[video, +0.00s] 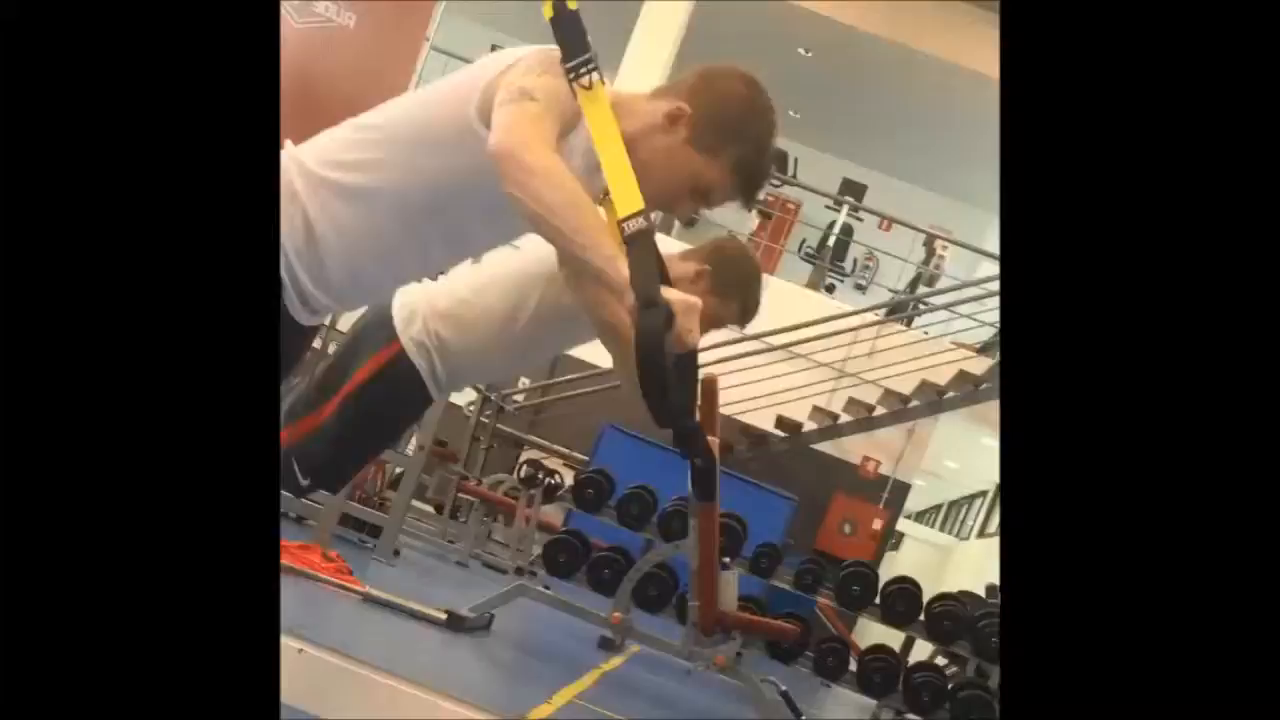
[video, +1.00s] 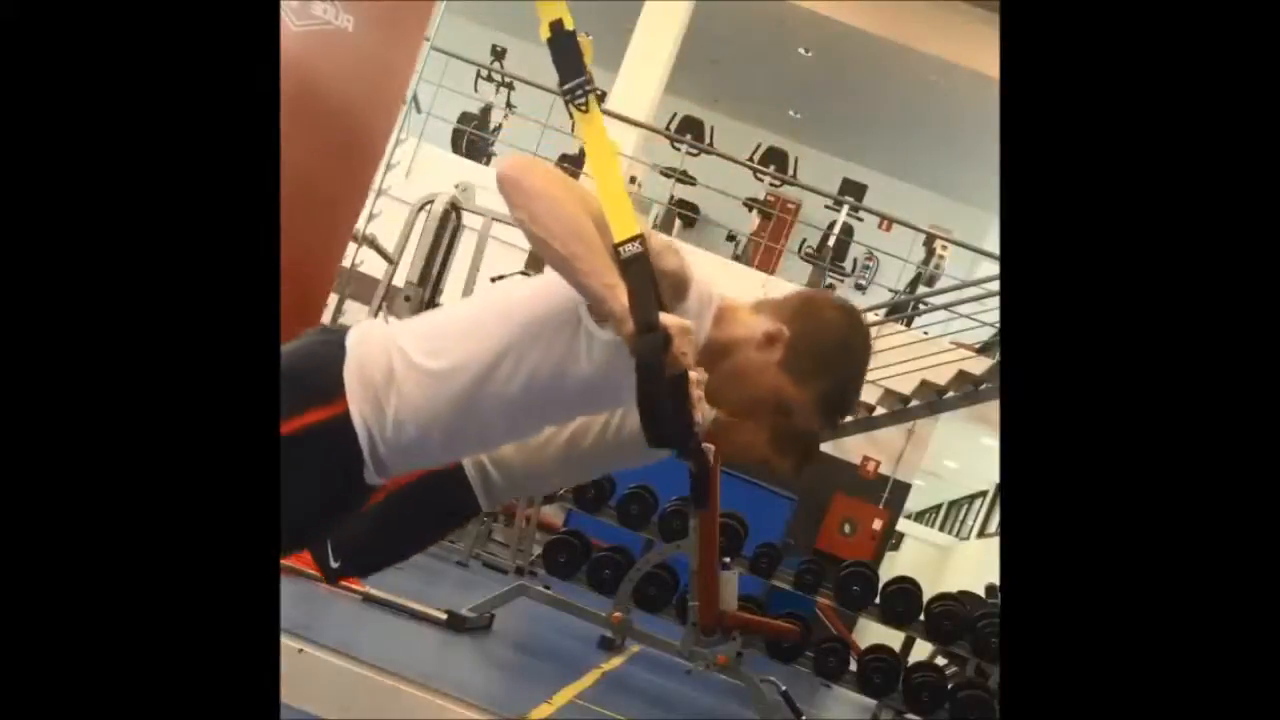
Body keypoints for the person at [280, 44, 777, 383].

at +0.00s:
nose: (685, 213)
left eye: (701, 205)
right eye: (698, 195)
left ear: (674, 117)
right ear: (677, 121)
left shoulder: (590, 179)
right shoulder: (555, 77)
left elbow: (598, 293)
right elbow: (518, 155)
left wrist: (655, 377)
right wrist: (635, 292)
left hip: (307, 305)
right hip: (280, 236)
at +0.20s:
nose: (694, 233)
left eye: (713, 225)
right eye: (708, 212)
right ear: (692, 141)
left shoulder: (599, 192)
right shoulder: (580, 95)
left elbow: (633, 289)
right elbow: (497, 157)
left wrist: (657, 389)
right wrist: (601, 300)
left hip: (320, 333)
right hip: (286, 265)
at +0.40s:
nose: (706, 255)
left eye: (726, 248)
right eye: (723, 236)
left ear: (707, 156)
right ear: (709, 163)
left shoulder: (623, 211)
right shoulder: (598, 117)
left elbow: (648, 298)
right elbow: (496, 159)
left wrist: (669, 359)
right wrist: (616, 293)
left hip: (333, 357)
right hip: (293, 291)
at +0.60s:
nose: (730, 294)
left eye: (749, 287)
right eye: (746, 276)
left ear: (730, 206)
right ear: (731, 208)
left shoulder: (647, 256)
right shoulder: (626, 155)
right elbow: (495, 153)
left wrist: (661, 383)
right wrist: (611, 301)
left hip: (348, 387)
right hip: (307, 323)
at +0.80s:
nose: (750, 364)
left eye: (770, 363)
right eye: (768, 350)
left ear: (753, 277)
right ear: (755, 282)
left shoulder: (668, 309)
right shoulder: (651, 230)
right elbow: (503, 165)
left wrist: (653, 392)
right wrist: (615, 313)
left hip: (359, 427)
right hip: (321, 370)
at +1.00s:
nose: (755, 416)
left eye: (776, 416)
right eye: (775, 402)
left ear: (771, 338)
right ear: (771, 339)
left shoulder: (679, 363)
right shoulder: (668, 277)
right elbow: (522, 177)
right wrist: (628, 313)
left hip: (363, 451)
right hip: (334, 411)